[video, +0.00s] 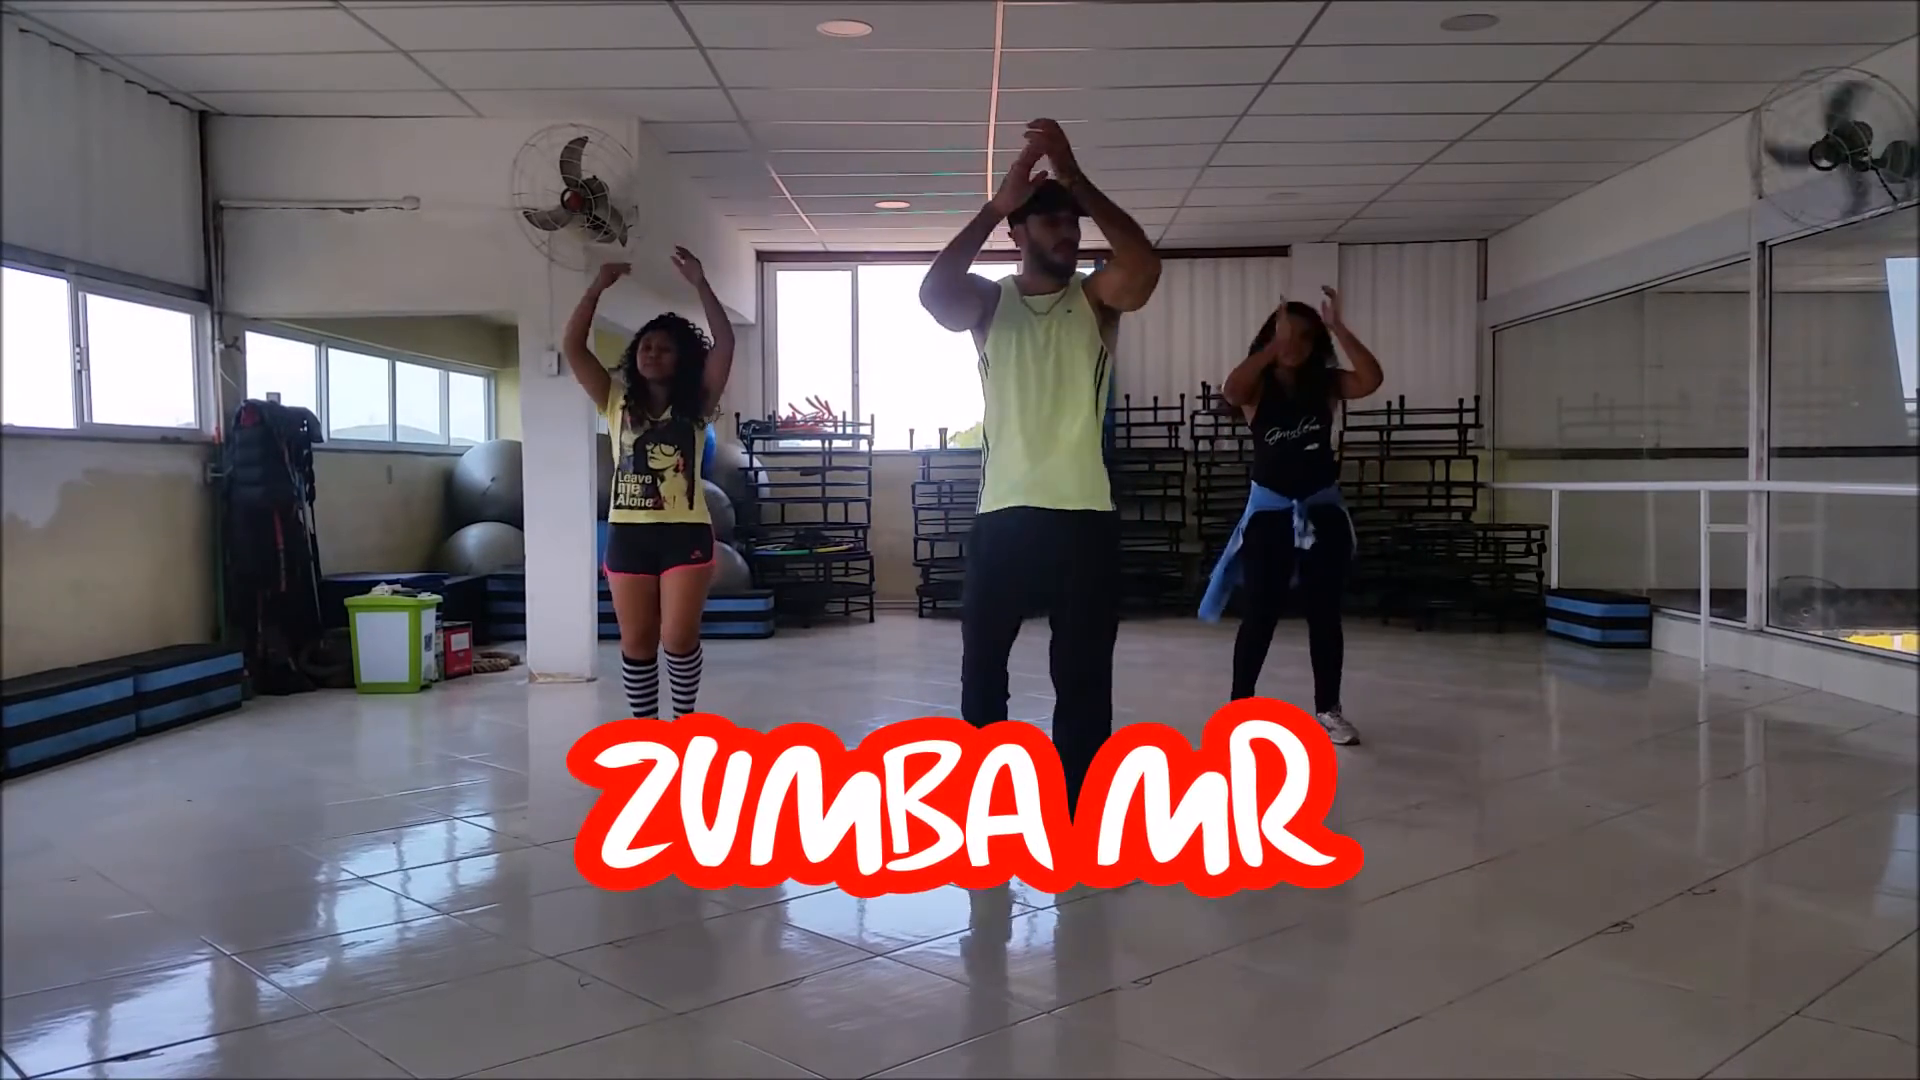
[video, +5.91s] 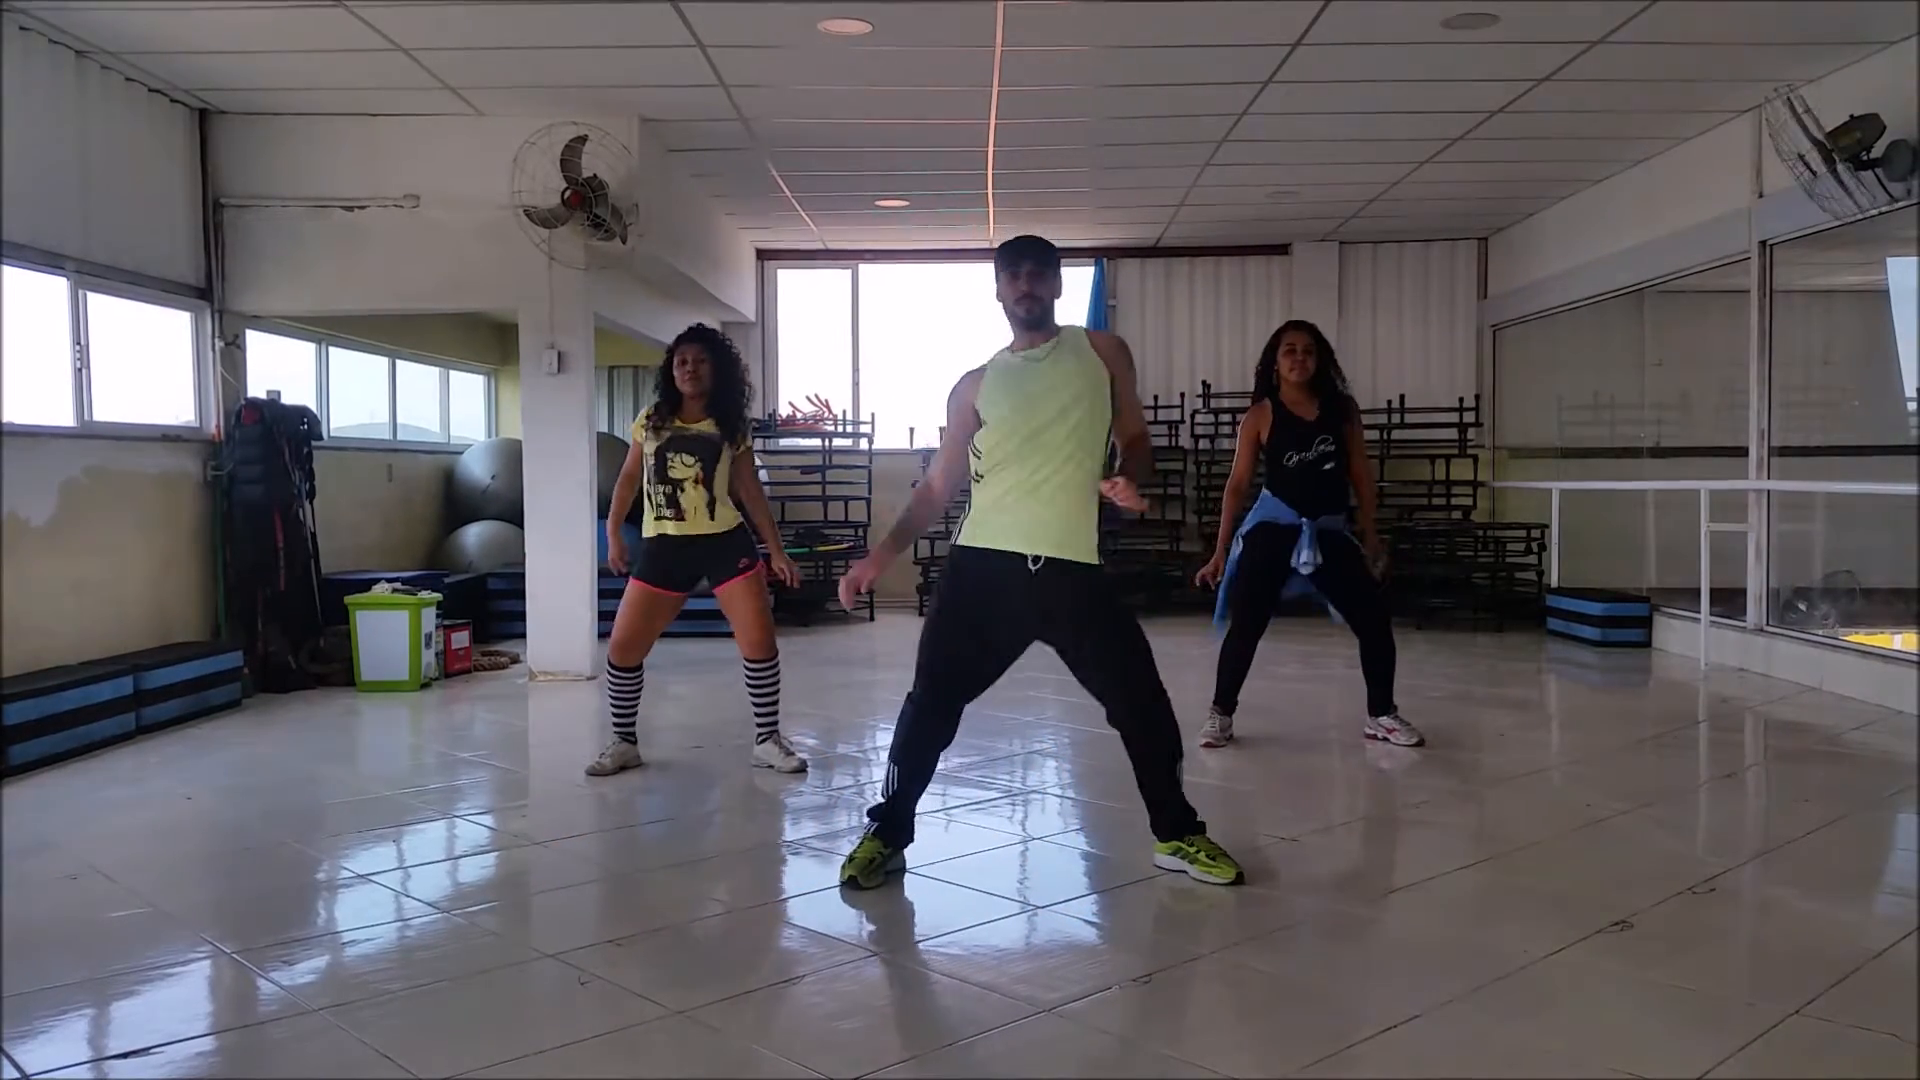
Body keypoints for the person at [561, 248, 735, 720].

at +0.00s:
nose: (654, 355)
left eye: (665, 349)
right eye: (646, 348)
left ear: (684, 360)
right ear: (634, 356)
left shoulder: (696, 404)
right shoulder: (615, 402)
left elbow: (723, 343)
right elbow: (573, 345)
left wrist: (700, 284)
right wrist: (597, 286)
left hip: (685, 538)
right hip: (628, 539)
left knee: (678, 641)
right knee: (636, 645)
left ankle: (685, 729)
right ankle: (645, 736)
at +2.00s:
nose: (655, 362)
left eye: (666, 355)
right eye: (647, 353)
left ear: (682, 363)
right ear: (635, 360)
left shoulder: (697, 407)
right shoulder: (617, 406)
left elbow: (725, 345)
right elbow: (584, 349)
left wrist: (711, 284)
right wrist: (590, 283)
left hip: (688, 541)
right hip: (631, 542)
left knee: (678, 634)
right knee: (638, 644)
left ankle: (692, 720)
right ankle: (654, 739)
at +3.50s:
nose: (664, 359)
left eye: (674, 351)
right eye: (656, 351)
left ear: (691, 360)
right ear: (645, 358)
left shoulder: (711, 412)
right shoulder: (628, 410)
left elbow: (763, 408)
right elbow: (564, 410)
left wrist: (726, 355)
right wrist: (588, 352)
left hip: (696, 540)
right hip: (637, 538)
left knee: (689, 641)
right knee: (620, 640)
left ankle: (688, 739)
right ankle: (626, 740)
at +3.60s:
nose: (662, 361)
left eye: (673, 353)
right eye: (654, 353)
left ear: (691, 362)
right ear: (645, 360)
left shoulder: (706, 418)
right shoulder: (629, 413)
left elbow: (756, 468)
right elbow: (580, 466)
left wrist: (737, 438)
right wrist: (574, 448)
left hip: (695, 541)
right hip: (636, 539)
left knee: (688, 642)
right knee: (623, 643)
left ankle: (688, 739)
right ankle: (625, 744)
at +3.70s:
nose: (661, 366)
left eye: (672, 358)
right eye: (653, 358)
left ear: (690, 367)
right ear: (642, 366)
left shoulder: (706, 423)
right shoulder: (625, 418)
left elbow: (729, 479)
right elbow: (595, 477)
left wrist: (736, 497)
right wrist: (575, 515)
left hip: (693, 547)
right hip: (634, 545)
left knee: (687, 648)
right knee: (614, 645)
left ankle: (687, 740)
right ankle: (625, 745)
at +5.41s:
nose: (687, 378)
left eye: (698, 371)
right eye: (680, 371)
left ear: (716, 380)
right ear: (670, 380)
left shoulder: (737, 437)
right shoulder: (655, 434)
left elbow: (756, 499)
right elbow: (634, 490)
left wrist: (755, 550)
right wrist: (596, 521)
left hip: (723, 563)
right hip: (658, 562)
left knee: (770, 649)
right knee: (616, 651)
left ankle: (767, 744)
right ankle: (624, 745)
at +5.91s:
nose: (688, 368)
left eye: (699, 361)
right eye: (681, 361)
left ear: (718, 370)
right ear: (671, 370)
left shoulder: (732, 427)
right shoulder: (651, 421)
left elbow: (751, 491)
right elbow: (628, 479)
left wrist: (775, 548)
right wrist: (613, 530)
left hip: (728, 548)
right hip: (665, 550)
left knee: (759, 641)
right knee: (622, 649)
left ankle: (767, 742)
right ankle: (624, 743)